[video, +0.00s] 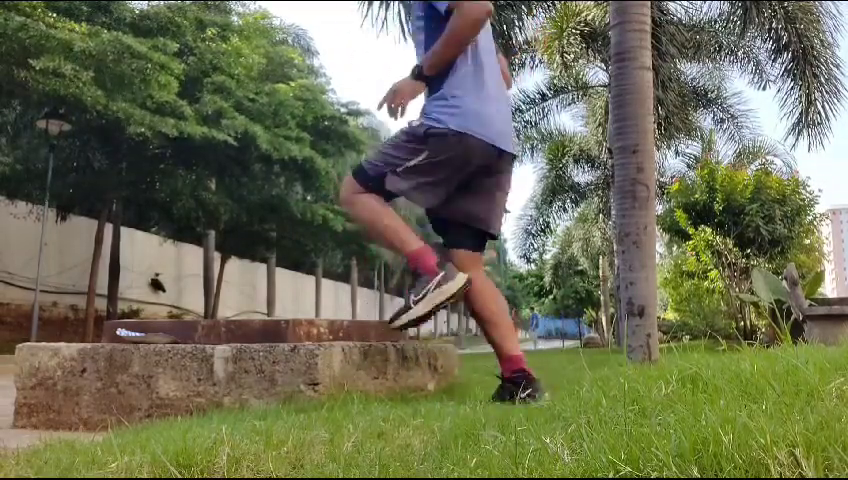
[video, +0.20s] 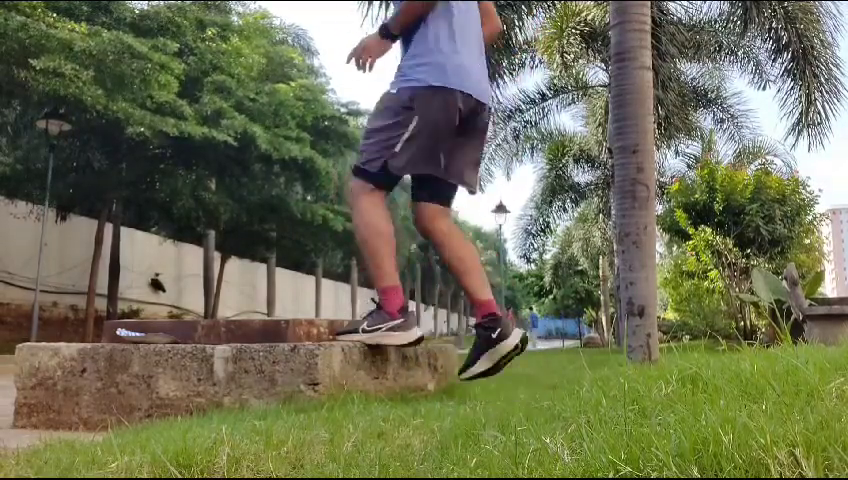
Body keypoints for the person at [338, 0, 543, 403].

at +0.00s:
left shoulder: (434, 5)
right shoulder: (470, 15)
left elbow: (478, 8)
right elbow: (501, 71)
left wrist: (419, 77)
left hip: (454, 125)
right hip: (499, 139)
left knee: (355, 193)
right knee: (467, 266)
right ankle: (518, 376)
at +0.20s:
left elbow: (422, 2)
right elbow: (492, 23)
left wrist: (384, 34)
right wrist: (440, 49)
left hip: (428, 77)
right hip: (476, 89)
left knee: (366, 189)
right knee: (432, 214)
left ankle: (393, 308)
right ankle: (492, 321)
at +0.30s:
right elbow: (492, 8)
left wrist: (378, 17)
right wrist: (451, 41)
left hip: (427, 58)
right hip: (475, 69)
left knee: (385, 180)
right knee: (416, 189)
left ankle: (394, 309)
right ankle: (457, 300)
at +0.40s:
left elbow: (379, 7)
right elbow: (500, 3)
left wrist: (375, 6)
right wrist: (462, 32)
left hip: (433, 54)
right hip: (477, 65)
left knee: (392, 177)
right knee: (421, 188)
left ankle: (419, 304)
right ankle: (425, 308)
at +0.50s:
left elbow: (373, 7)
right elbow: (509, 6)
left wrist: (364, 12)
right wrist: (470, 46)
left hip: (440, 65)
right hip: (473, 72)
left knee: (394, 193)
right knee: (420, 195)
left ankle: (472, 295)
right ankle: (423, 313)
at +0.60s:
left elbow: (379, 15)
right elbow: (524, 5)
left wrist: (372, 19)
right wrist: (483, 49)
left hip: (453, 78)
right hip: (489, 84)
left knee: (438, 215)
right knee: (394, 183)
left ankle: (491, 344)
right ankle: (420, 302)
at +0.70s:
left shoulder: (432, 4)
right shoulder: (495, 7)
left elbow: (428, 9)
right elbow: (531, 43)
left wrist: (385, 63)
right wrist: (494, 92)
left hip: (458, 119)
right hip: (496, 123)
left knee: (469, 255)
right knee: (384, 194)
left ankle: (521, 379)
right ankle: (444, 285)